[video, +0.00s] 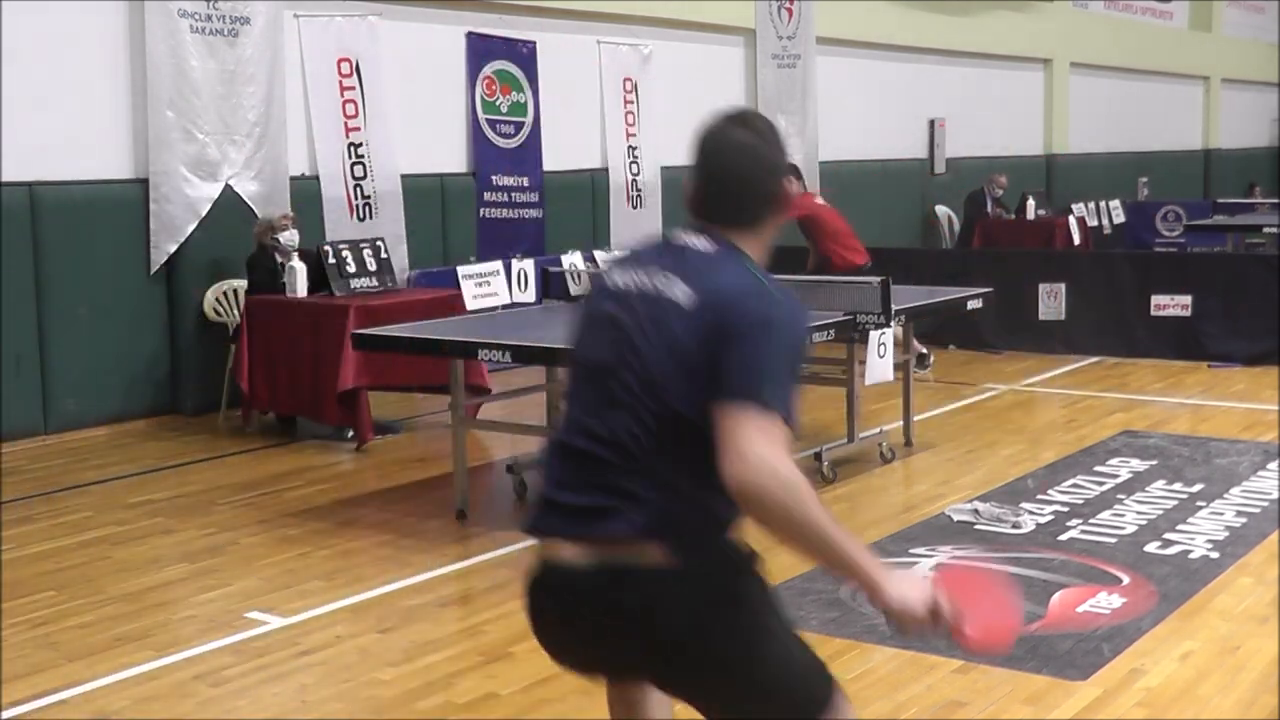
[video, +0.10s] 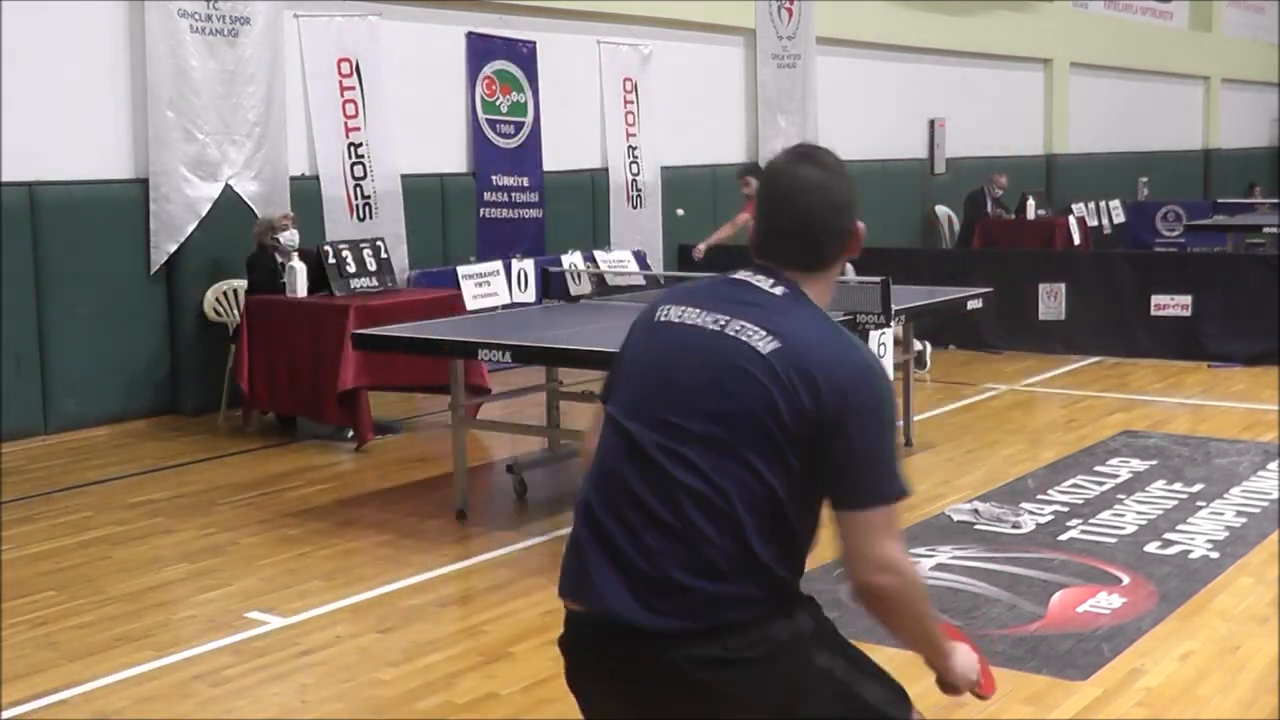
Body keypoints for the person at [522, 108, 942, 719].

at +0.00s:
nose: (796, 193)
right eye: (792, 181)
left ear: (692, 195)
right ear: (783, 201)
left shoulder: (619, 274)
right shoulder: (756, 302)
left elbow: (588, 417)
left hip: (560, 593)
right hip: (675, 595)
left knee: (633, 663)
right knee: (822, 707)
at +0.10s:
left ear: (752, 223)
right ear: (854, 242)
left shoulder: (667, 307)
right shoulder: (844, 369)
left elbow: (599, 454)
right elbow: (875, 570)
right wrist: (943, 654)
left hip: (601, 640)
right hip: (737, 646)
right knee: (887, 708)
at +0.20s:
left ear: (750, 207)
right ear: (856, 227)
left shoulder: (657, 292)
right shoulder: (848, 360)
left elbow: (554, 418)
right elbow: (904, 552)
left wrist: (620, 494)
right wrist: (958, 608)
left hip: (597, 632)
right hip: (738, 643)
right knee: (887, 711)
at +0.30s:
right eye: (816, 148)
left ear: (711, 147)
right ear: (812, 160)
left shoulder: (607, 228)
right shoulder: (808, 285)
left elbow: (484, 333)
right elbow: (867, 482)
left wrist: (491, 422)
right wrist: (944, 544)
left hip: (554, 578)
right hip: (705, 593)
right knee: (804, 709)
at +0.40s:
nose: (783, 146)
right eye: (785, 135)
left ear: (677, 129)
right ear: (779, 142)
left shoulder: (581, 208)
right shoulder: (798, 256)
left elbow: (464, 336)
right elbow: (847, 454)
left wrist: (450, 441)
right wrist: (918, 535)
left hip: (515, 550)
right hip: (669, 565)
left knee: (519, 710)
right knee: (788, 707)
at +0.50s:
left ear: (619, 172)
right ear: (721, 183)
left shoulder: (530, 252)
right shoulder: (754, 282)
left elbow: (443, 417)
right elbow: (818, 474)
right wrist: (880, 546)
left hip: (471, 598)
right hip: (632, 616)